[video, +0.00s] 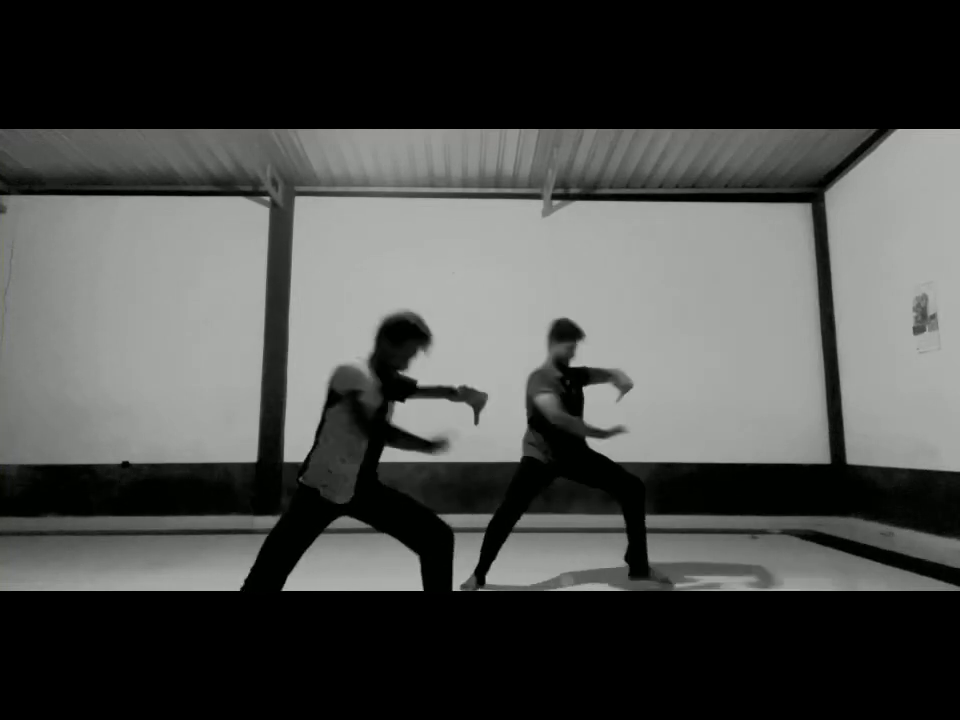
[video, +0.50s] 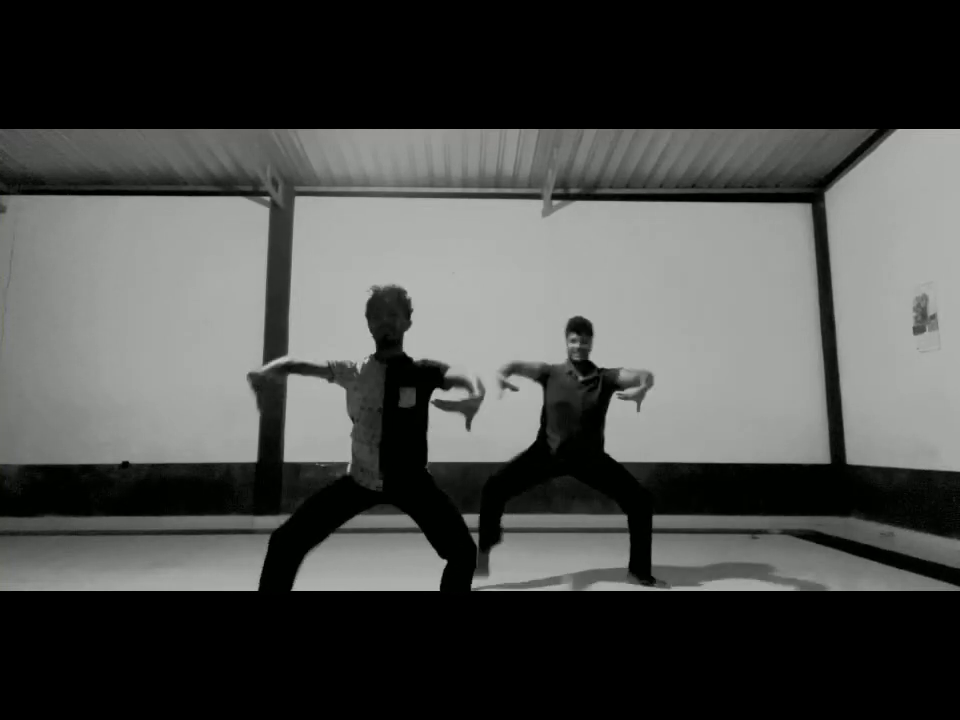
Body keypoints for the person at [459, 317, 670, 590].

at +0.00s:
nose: (571, 350)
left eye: (574, 344)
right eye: (566, 344)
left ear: (576, 346)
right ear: (552, 343)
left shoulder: (575, 375)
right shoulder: (540, 380)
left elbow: (610, 374)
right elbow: (555, 416)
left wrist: (622, 382)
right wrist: (599, 433)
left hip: (574, 455)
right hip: (540, 457)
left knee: (632, 489)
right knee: (509, 511)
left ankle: (639, 567)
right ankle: (479, 574)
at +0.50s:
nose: (579, 346)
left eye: (584, 341)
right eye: (574, 341)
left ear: (592, 343)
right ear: (566, 343)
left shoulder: (605, 377)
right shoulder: (550, 373)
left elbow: (645, 376)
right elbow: (515, 366)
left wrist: (641, 389)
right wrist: (502, 376)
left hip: (590, 458)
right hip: (547, 456)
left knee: (639, 500)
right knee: (495, 487)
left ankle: (640, 572)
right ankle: (483, 554)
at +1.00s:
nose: (543, 345)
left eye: (548, 339)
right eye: (539, 340)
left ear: (562, 341)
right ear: (536, 343)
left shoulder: (584, 371)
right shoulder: (527, 378)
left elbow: (625, 361)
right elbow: (493, 388)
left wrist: (594, 376)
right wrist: (479, 406)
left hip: (584, 456)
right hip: (540, 459)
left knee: (637, 501)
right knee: (492, 502)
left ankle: (651, 579)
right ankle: (478, 577)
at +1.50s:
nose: (512, 385)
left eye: (513, 378)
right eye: (508, 381)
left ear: (523, 367)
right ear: (507, 377)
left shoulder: (549, 377)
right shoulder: (526, 375)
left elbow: (524, 415)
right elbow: (496, 384)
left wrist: (473, 429)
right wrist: (471, 395)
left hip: (583, 453)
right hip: (548, 451)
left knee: (622, 512)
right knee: (502, 497)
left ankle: (635, 578)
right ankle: (479, 577)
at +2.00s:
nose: (538, 338)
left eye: (544, 334)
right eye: (533, 332)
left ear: (550, 339)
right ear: (524, 336)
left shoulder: (561, 370)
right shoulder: (505, 367)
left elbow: (601, 358)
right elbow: (473, 339)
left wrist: (611, 363)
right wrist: (499, 346)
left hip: (560, 454)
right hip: (517, 455)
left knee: (615, 495)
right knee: (472, 501)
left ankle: (636, 571)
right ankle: (469, 577)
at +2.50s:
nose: (572, 320)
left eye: (577, 315)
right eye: (567, 315)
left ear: (585, 314)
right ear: (559, 316)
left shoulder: (600, 345)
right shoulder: (550, 346)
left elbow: (642, 335)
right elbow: (516, 349)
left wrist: (651, 344)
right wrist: (530, 369)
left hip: (595, 433)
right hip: (557, 433)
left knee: (624, 493)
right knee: (530, 492)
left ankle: (621, 568)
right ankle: (505, 563)